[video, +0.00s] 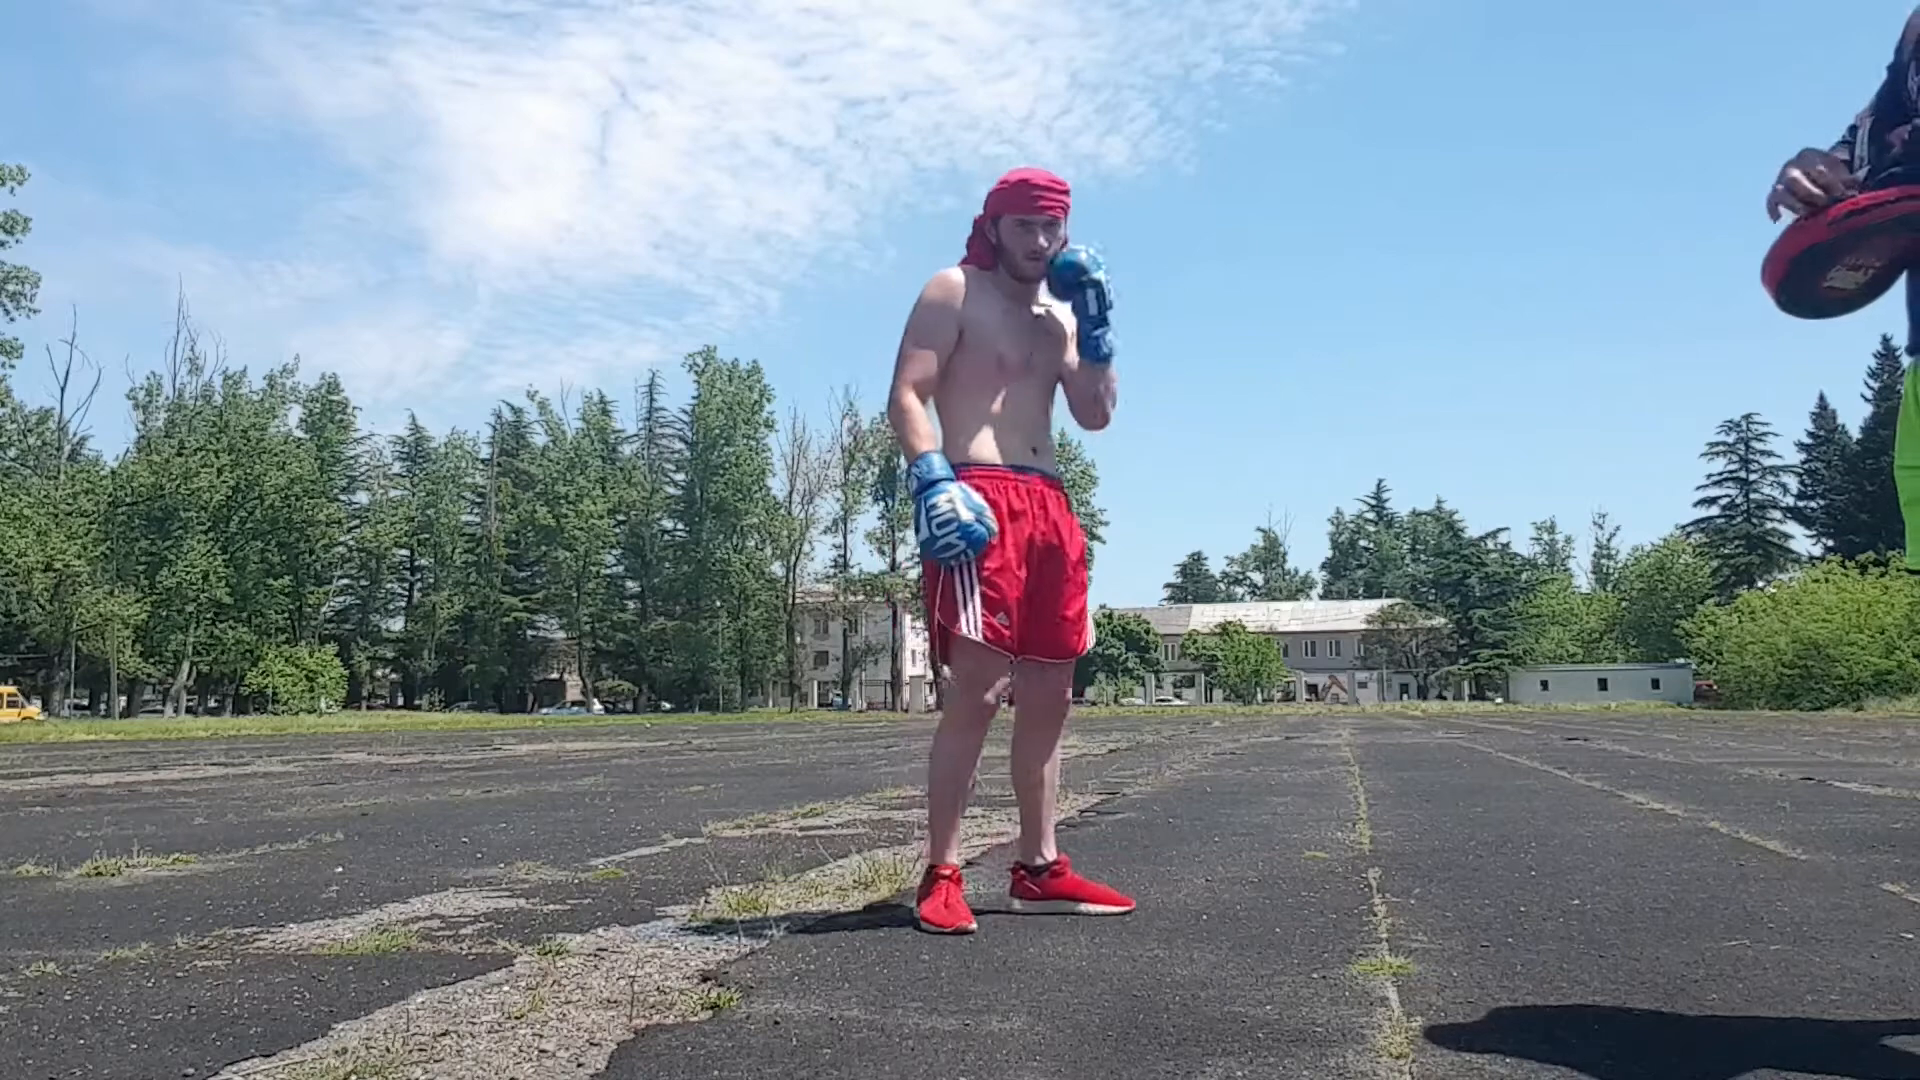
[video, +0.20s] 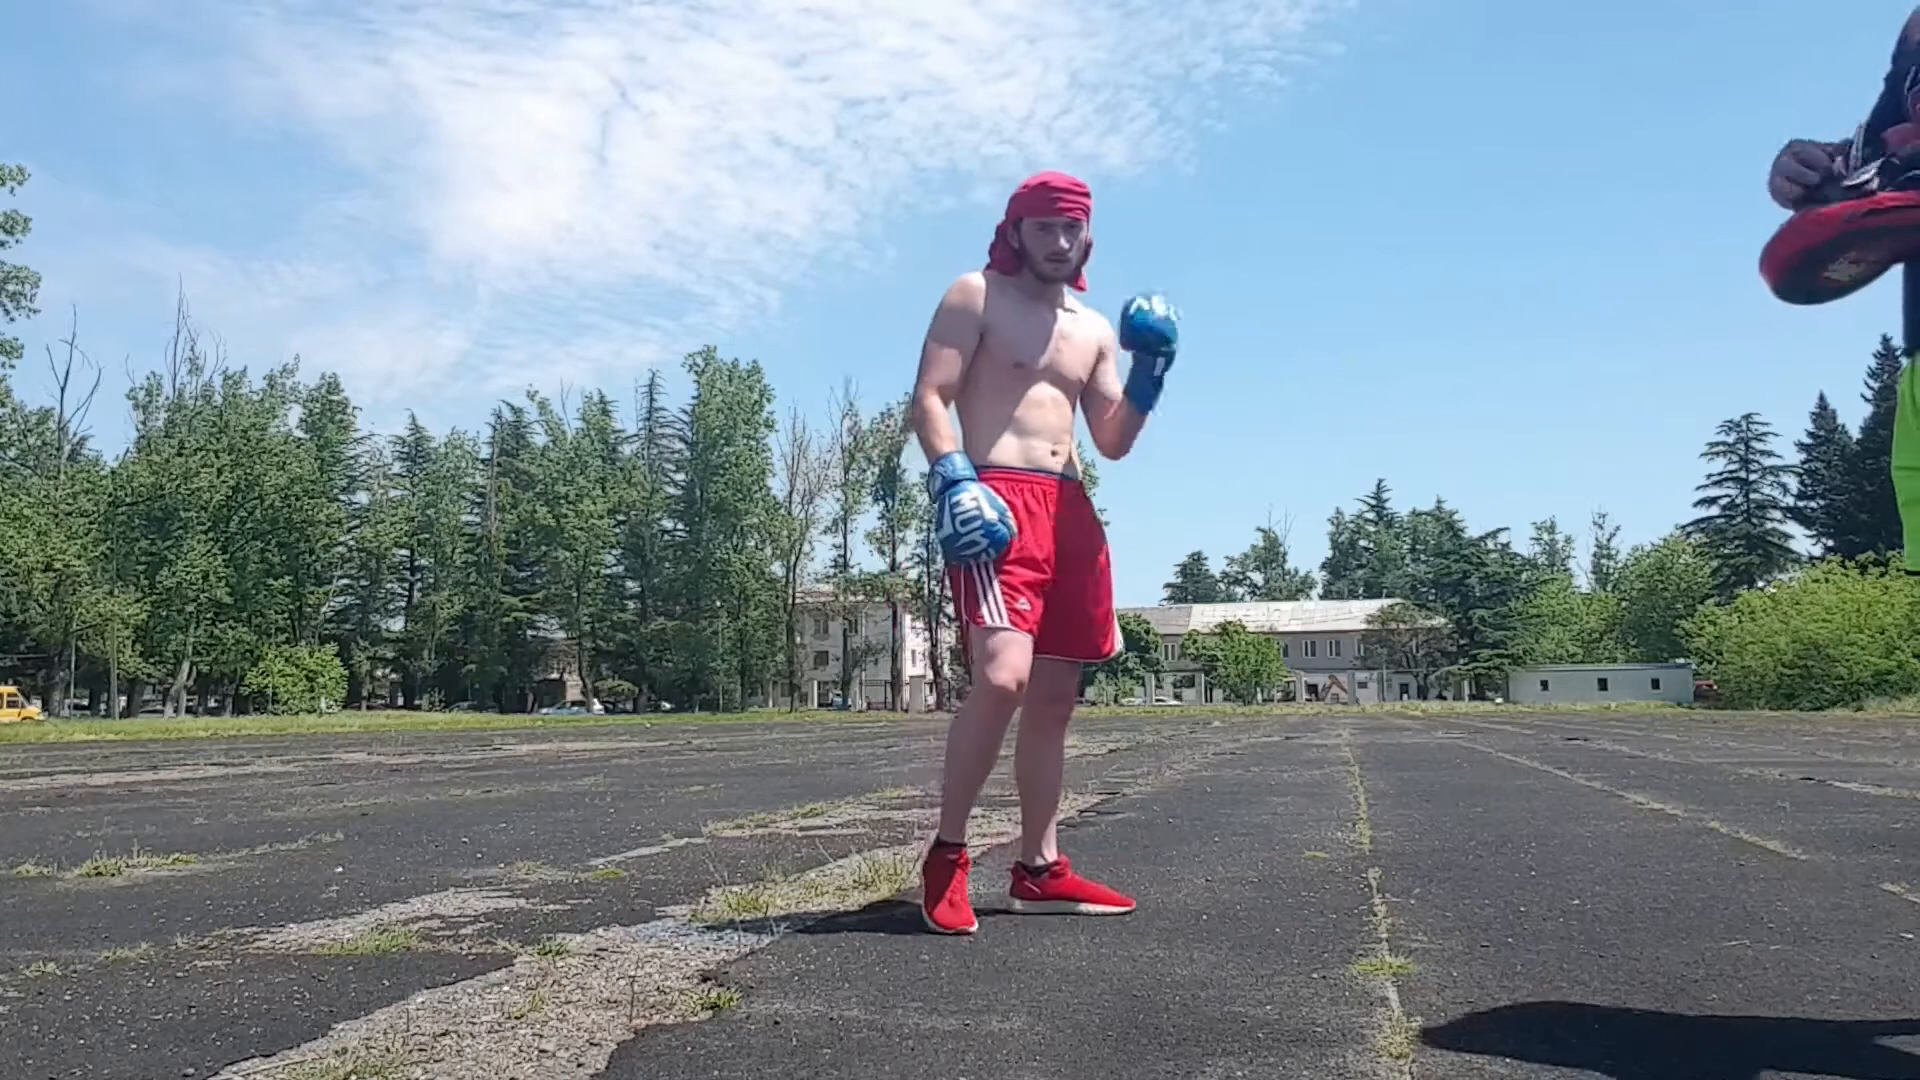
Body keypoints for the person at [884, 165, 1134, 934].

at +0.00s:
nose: (1043, 239)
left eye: (1053, 227)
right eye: (1028, 225)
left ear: (1064, 235)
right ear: (992, 228)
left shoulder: (1060, 316)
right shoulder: (954, 291)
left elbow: (1094, 414)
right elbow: (908, 395)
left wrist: (1095, 323)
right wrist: (932, 481)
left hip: (1048, 511)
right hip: (976, 505)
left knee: (1048, 692)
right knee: (977, 691)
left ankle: (1039, 865)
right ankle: (942, 871)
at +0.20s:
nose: (1062, 239)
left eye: (1074, 227)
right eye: (1047, 226)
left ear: (1089, 238)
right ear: (1016, 233)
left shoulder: (1095, 329)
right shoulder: (977, 294)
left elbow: (1115, 439)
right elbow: (932, 396)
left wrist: (1151, 367)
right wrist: (956, 482)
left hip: (1067, 509)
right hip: (993, 497)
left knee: (1056, 694)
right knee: (1004, 679)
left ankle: (1039, 864)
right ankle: (947, 858)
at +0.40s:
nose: (1064, 234)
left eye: (1077, 223)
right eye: (1049, 220)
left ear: (1095, 235)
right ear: (1022, 229)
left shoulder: (1104, 329)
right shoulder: (985, 292)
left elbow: (1123, 431)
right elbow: (938, 393)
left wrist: (1157, 487)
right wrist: (952, 483)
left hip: (1077, 509)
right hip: (1000, 497)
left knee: (1057, 699)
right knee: (1007, 681)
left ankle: (1039, 869)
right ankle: (957, 871)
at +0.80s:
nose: (1036, 212)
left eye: (1051, 202)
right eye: (1020, 199)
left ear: (1066, 217)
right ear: (992, 210)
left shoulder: (1067, 312)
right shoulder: (959, 278)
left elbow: (1058, 430)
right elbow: (914, 387)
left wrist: (1112, 431)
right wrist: (939, 488)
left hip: (1047, 503)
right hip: (974, 496)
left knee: (1050, 697)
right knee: (967, 697)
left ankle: (1041, 866)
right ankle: (963, 886)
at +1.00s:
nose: (1030, 209)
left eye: (1041, 198)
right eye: (1013, 195)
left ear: (1051, 210)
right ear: (979, 202)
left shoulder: (1047, 303)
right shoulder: (944, 268)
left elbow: (1071, 404)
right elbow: (903, 378)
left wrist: (1117, 322)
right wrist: (932, 485)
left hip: (1022, 497)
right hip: (955, 492)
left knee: (1037, 687)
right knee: (958, 688)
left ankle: (1041, 859)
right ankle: (962, 885)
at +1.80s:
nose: (1032, 243)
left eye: (1038, 232)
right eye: (1023, 226)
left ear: (1020, 238)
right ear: (977, 219)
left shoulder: (1004, 314)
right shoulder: (912, 289)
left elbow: (1007, 442)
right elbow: (892, 405)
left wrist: (1062, 401)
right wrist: (959, 387)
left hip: (1004, 501)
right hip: (949, 495)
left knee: (977, 692)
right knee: (985, 686)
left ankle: (936, 873)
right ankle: (960, 881)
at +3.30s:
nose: (949, 251)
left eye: (959, 240)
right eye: (938, 233)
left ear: (956, 247)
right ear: (894, 226)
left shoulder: (911, 315)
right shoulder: (851, 282)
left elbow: (908, 445)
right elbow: (801, 385)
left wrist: (951, 400)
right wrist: (896, 367)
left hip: (901, 504)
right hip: (861, 499)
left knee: (877, 694)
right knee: (874, 690)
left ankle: (828, 876)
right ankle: (881, 890)